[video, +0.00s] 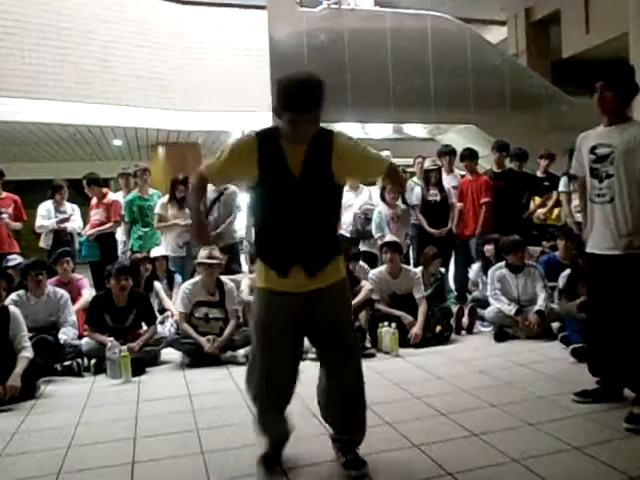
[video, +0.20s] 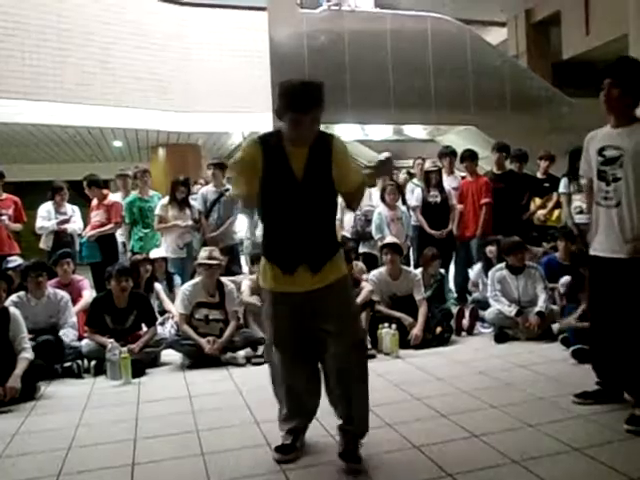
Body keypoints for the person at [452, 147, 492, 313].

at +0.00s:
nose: (466, 165)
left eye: (468, 162)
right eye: (464, 162)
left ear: (475, 162)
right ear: (462, 163)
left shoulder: (483, 181)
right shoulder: (463, 182)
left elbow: (485, 205)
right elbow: (459, 203)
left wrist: (479, 229)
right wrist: (455, 223)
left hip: (477, 231)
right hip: (462, 231)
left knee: (479, 265)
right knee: (460, 266)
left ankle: (483, 295)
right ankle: (460, 295)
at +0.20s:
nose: (466, 167)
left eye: (468, 163)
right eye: (464, 164)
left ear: (475, 163)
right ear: (462, 165)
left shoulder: (484, 182)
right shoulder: (463, 183)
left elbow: (485, 207)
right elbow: (459, 206)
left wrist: (479, 231)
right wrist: (456, 226)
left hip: (476, 232)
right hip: (462, 232)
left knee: (478, 267)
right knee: (460, 268)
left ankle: (480, 296)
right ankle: (461, 297)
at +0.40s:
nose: (469, 165)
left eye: (471, 162)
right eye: (467, 162)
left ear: (478, 162)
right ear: (466, 164)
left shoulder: (487, 181)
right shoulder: (467, 183)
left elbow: (489, 205)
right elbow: (464, 204)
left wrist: (483, 229)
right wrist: (460, 224)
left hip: (481, 231)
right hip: (467, 230)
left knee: (482, 265)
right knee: (465, 265)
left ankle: (484, 295)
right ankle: (465, 295)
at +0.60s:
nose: (476, 163)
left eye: (479, 160)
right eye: (474, 160)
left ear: (484, 160)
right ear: (472, 161)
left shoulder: (491, 180)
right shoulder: (471, 181)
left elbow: (494, 205)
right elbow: (468, 205)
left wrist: (487, 228)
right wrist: (465, 225)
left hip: (485, 232)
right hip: (471, 232)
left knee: (486, 267)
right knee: (472, 267)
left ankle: (489, 295)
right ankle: (472, 294)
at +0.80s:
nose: (476, 163)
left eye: (478, 159)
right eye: (474, 159)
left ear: (485, 159)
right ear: (473, 161)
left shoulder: (493, 178)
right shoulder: (473, 180)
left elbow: (495, 203)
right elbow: (469, 202)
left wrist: (488, 226)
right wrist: (464, 222)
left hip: (486, 228)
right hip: (472, 228)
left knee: (487, 262)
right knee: (468, 263)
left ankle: (490, 292)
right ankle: (468, 292)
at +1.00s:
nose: (470, 161)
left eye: (472, 158)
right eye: (468, 158)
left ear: (479, 158)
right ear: (466, 160)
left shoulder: (487, 178)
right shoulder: (466, 180)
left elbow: (488, 202)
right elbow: (462, 201)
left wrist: (480, 226)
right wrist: (457, 221)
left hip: (479, 228)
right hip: (465, 228)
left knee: (481, 263)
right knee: (461, 264)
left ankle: (485, 294)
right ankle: (461, 294)